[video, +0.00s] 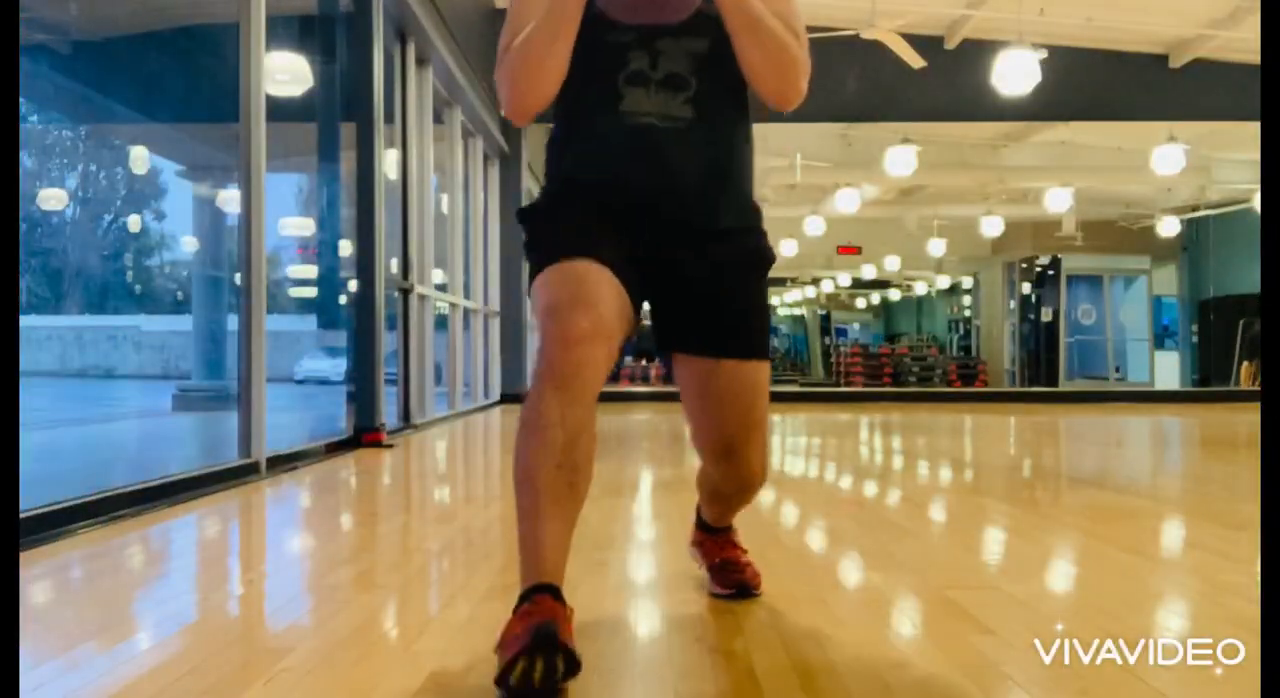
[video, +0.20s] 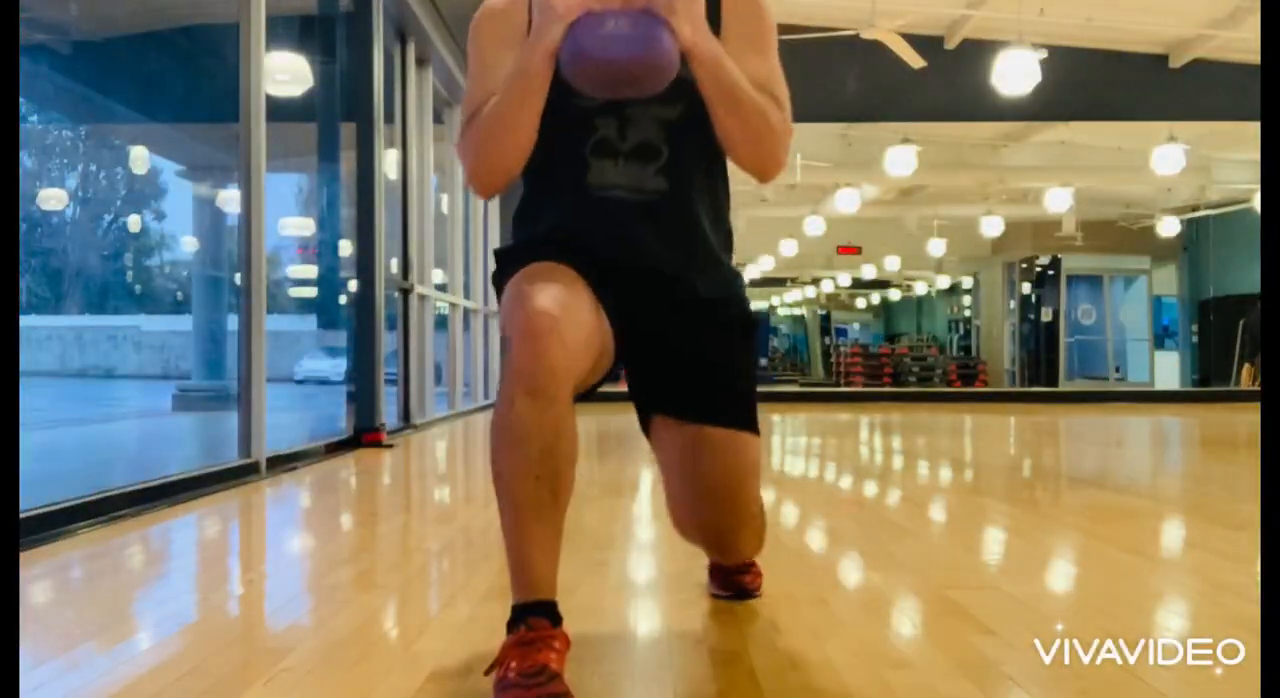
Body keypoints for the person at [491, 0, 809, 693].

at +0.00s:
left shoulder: (746, 1)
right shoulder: (556, 2)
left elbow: (787, 87)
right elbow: (519, 100)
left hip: (715, 223)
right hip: (591, 214)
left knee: (740, 463)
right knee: (571, 345)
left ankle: (714, 528)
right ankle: (541, 599)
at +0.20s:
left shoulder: (730, 8)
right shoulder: (510, 13)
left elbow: (767, 154)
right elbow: (485, 171)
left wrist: (693, 30)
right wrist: (548, 30)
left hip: (690, 269)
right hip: (568, 262)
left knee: (727, 530)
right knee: (538, 324)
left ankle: (735, 548)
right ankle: (534, 622)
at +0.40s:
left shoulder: (720, 43)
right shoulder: (492, 57)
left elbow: (757, 214)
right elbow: (464, 238)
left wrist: (680, 104)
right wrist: (518, 103)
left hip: (686, 335)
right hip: (563, 328)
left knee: (736, 594)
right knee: (519, 327)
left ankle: (679, 478)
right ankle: (534, 627)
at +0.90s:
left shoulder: (729, 0)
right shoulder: (500, 1)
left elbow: (766, 129)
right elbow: (476, 154)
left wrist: (685, 12)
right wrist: (529, 14)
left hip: (693, 246)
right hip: (566, 238)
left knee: (735, 521)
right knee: (548, 340)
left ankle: (731, 541)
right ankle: (537, 621)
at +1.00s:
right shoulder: (524, 3)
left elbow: (778, 91)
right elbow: (497, 115)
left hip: (707, 223)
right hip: (581, 214)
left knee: (741, 485)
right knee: (569, 336)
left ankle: (724, 523)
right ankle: (539, 622)